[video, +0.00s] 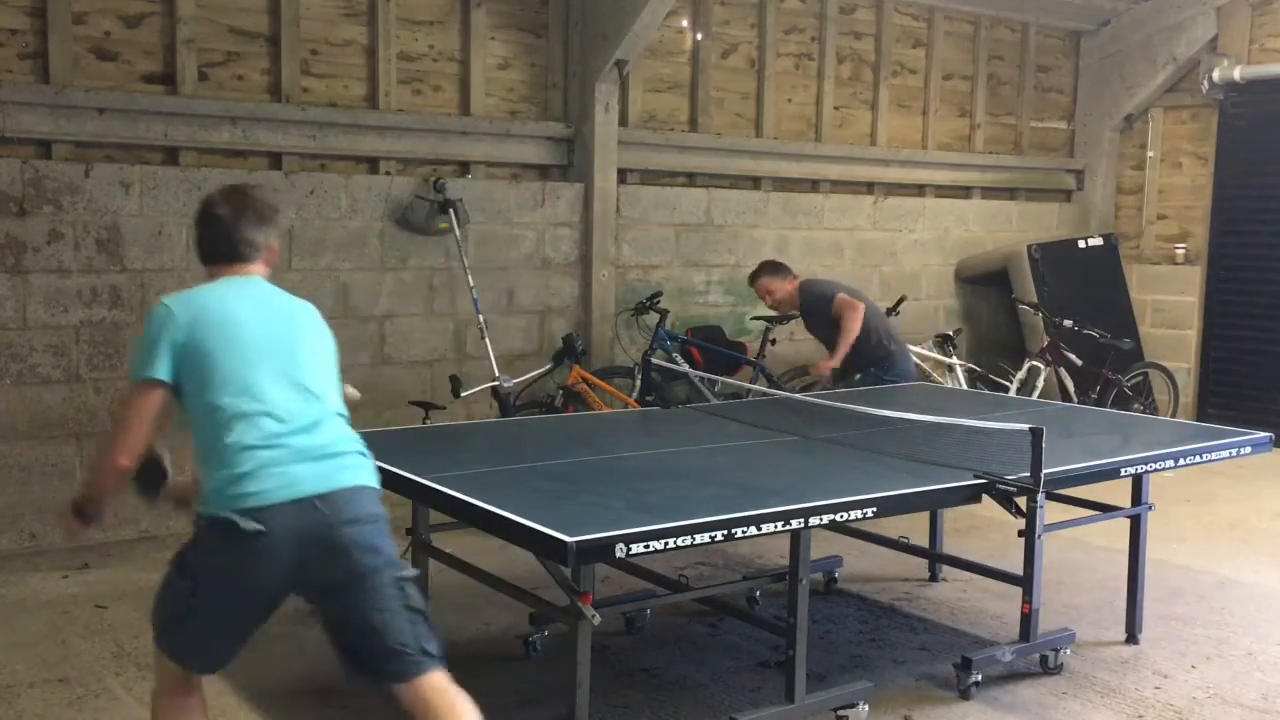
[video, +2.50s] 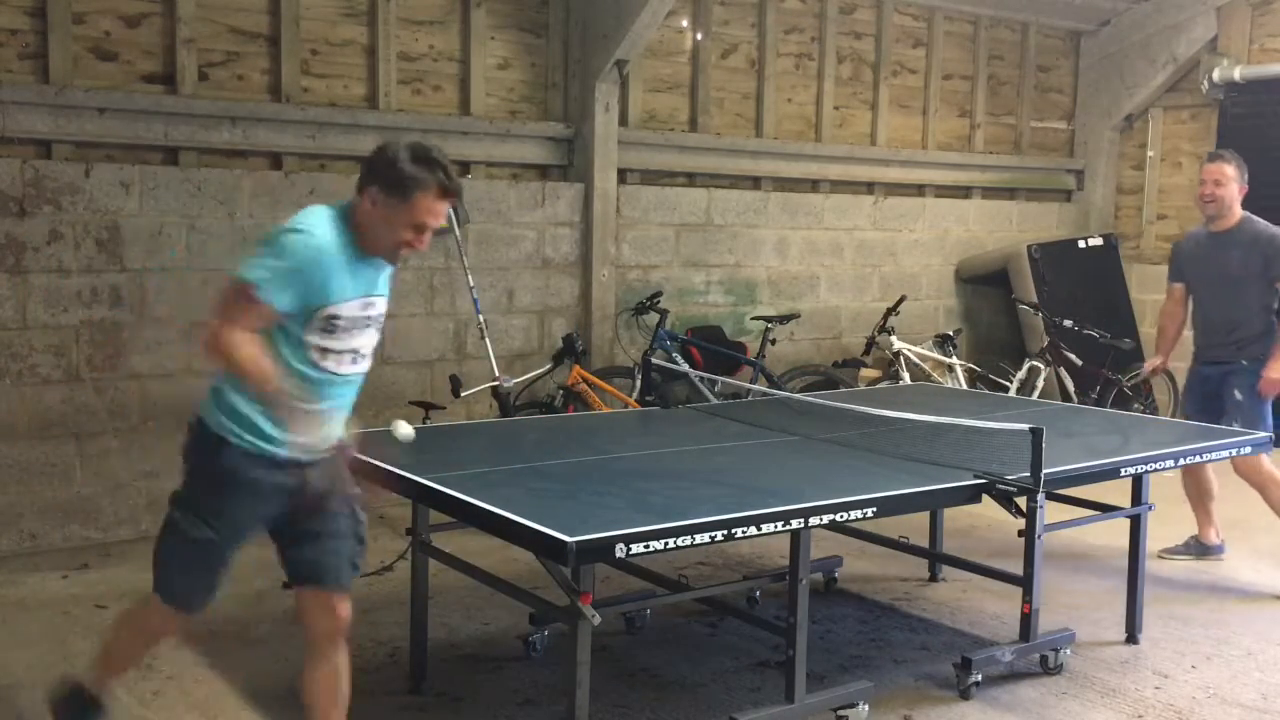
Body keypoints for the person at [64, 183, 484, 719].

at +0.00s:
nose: (276, 253)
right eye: (275, 244)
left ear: (202, 253)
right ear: (270, 252)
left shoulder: (178, 313)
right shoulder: (308, 315)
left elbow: (124, 458)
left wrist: (90, 504)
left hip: (251, 522)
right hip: (350, 507)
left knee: (179, 673)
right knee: (423, 678)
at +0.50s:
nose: (189, 193)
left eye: (186, 179)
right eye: (181, 180)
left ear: (120, 191)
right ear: (151, 190)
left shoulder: (63, 256)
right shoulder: (186, 268)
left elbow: (14, 359)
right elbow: (214, 375)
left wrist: (78, 370)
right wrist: (264, 387)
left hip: (72, 455)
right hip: (159, 451)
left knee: (72, 619)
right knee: (137, 598)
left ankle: (98, 712)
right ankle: (108, 706)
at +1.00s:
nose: (137, 190)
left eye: (133, 177)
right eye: (125, 179)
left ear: (90, 193)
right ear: (90, 192)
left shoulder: (72, 254)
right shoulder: (68, 263)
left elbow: (62, 359)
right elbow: (50, 367)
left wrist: (120, 397)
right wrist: (129, 400)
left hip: (53, 427)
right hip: (52, 432)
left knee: (77, 535)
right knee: (111, 564)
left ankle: (23, 645)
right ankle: (45, 699)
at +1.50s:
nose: (158, 187)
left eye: (152, 176)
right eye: (144, 178)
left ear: (118, 196)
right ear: (108, 196)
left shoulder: (142, 274)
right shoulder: (67, 263)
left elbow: (162, 359)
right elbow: (32, 363)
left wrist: (198, 389)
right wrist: (115, 399)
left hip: (94, 431)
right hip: (43, 428)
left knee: (74, 545)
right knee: (93, 562)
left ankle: (22, 646)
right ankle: (95, 703)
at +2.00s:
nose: (228, 208)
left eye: (230, 194)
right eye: (215, 195)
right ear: (168, 198)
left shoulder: (239, 259)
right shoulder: (111, 277)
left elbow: (283, 322)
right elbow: (80, 375)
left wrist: (279, 343)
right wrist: (48, 458)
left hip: (218, 448)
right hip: (144, 449)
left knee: (222, 569)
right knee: (169, 587)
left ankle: (146, 667)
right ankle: (163, 711)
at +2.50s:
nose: (422, 245)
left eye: (432, 233)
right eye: (415, 229)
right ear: (370, 203)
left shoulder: (379, 258)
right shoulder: (308, 244)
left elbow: (323, 348)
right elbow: (228, 330)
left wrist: (334, 430)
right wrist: (291, 403)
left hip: (318, 461)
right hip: (240, 453)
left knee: (332, 618)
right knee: (175, 604)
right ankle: (86, 694)